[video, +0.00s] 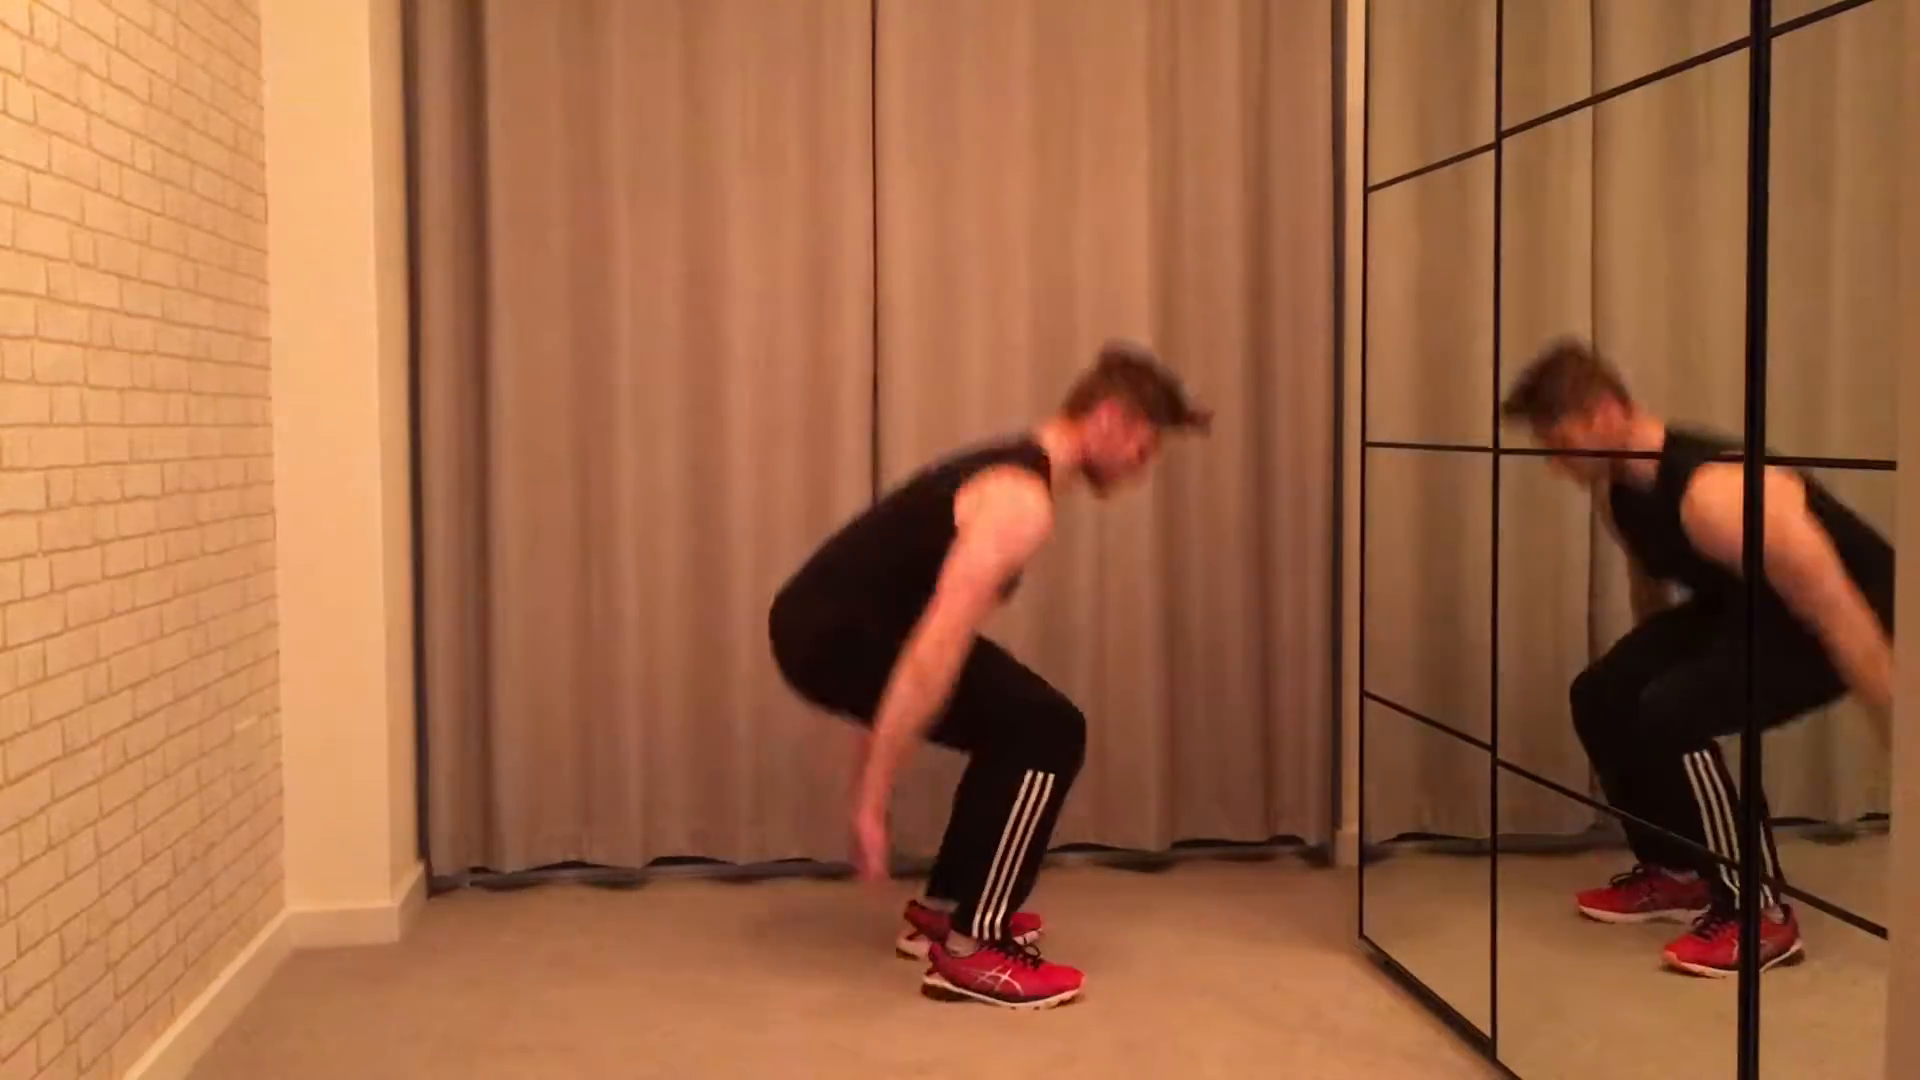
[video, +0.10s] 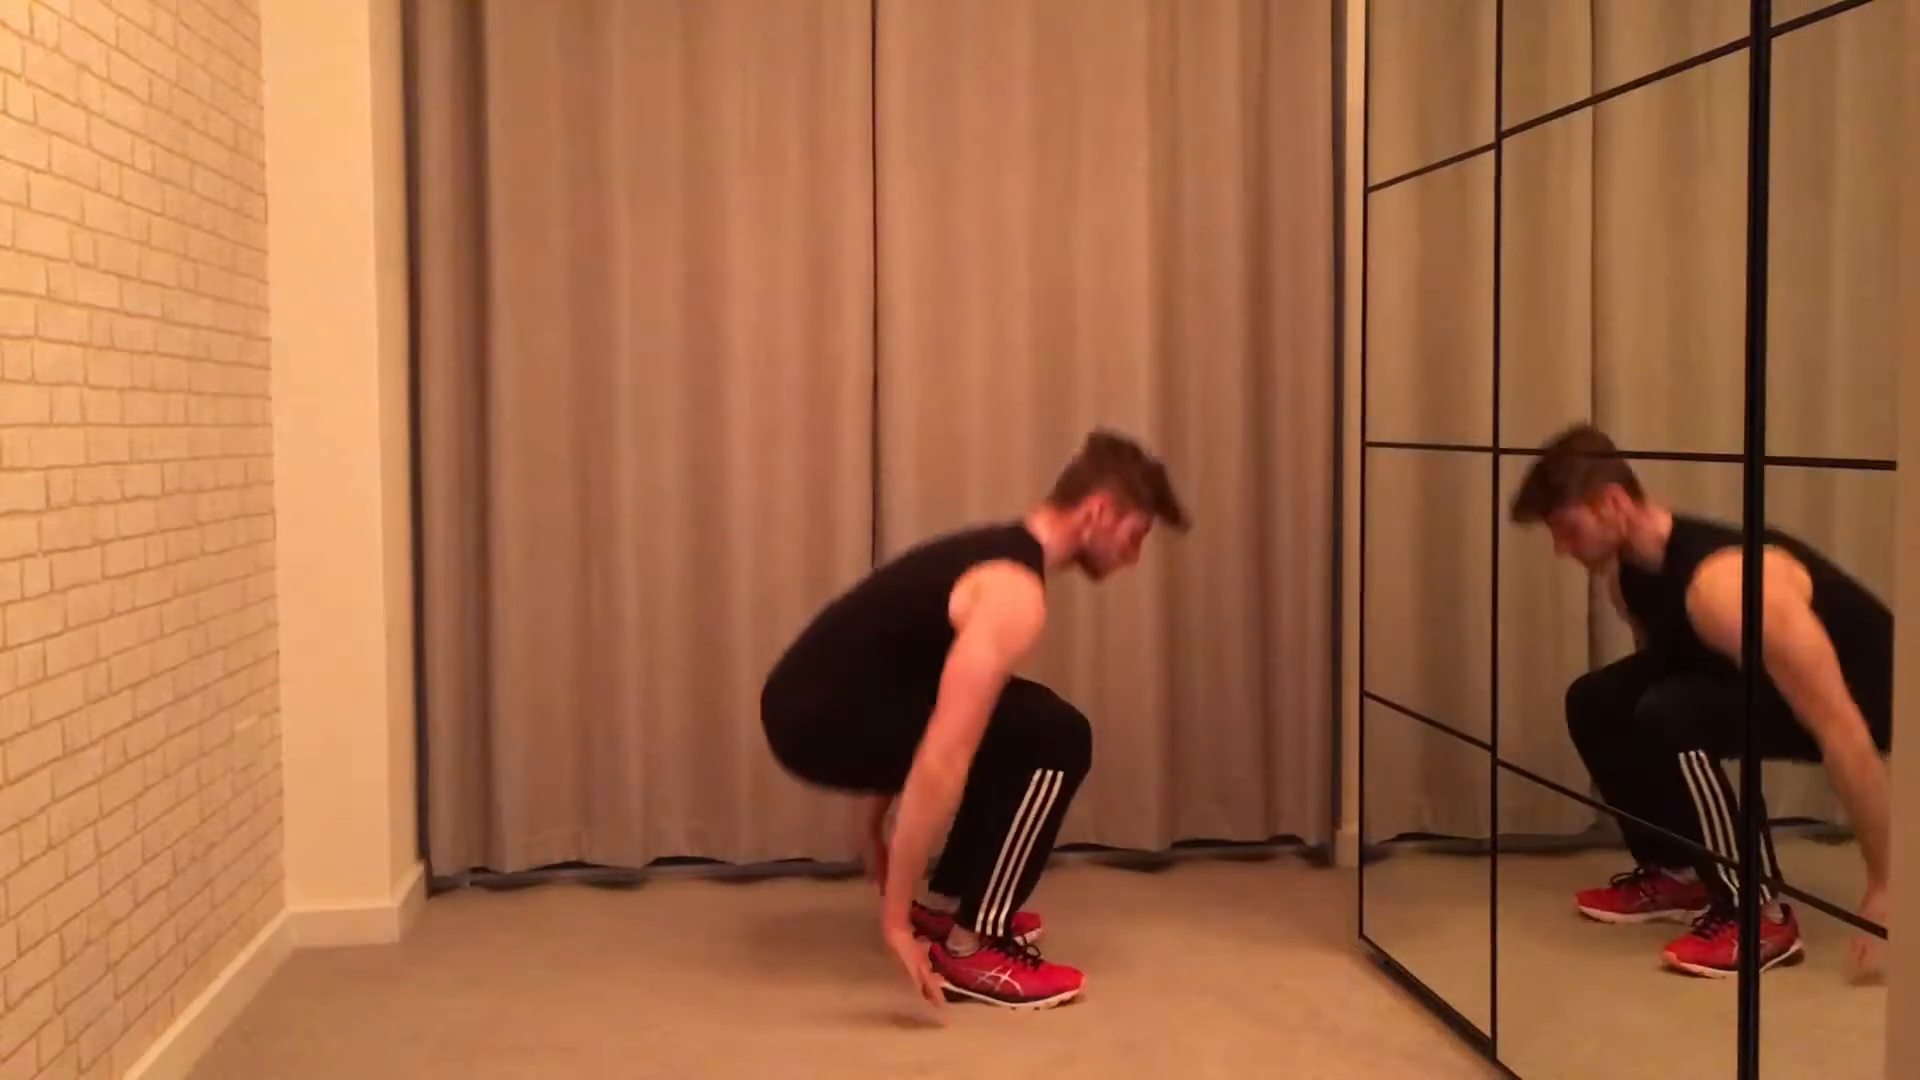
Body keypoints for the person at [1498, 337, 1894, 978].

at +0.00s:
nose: (1556, 463)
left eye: (1561, 443)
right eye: (1548, 449)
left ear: (1608, 414)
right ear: (1602, 417)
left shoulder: (1717, 495)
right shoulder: (1621, 485)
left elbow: (1842, 615)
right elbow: (1650, 594)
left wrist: (1903, 738)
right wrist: (1644, 680)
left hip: (1832, 622)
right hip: (1745, 605)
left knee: (1669, 714)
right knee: (1601, 699)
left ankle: (1758, 913)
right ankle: (1676, 871)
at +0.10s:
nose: (1561, 547)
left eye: (1566, 527)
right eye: (1554, 531)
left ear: (1614, 503)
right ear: (1612, 507)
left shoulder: (1729, 587)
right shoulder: (1627, 573)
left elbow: (1845, 733)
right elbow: (1661, 675)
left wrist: (1885, 883)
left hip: (1860, 698)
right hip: (1765, 672)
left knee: (1671, 717)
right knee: (1595, 703)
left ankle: (1757, 915)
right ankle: (1674, 874)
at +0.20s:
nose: (1590, 584)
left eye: (1597, 564)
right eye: (1585, 568)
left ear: (1648, 544)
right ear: (1647, 547)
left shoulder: (1758, 636)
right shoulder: (1656, 621)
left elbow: (1855, 785)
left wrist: (1896, 929)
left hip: (1869, 769)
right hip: (1794, 744)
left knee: (1683, 725)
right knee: (1593, 706)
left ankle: (1756, 916)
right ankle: (1671, 873)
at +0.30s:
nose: (1654, 575)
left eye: (1667, 554)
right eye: (1652, 556)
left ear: (1721, 542)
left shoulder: (1820, 637)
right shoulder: (1712, 621)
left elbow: (1877, 799)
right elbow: (1726, 740)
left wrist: (1904, 939)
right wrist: (1757, 856)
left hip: (1847, 825)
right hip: (1783, 796)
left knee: (1688, 715)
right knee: (1592, 703)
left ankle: (1749, 914)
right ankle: (1670, 875)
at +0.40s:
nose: (1797, 565)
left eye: (1812, 547)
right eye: (1796, 547)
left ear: (1866, 543)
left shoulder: (1885, 639)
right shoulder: (1813, 627)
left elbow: (1906, 792)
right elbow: (1794, 742)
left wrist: (1902, 940)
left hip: (1826, 860)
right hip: (1775, 840)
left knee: (1717, 678)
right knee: (1619, 665)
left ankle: (1665, 881)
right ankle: (1631, 862)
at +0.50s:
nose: (1896, 597)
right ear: (1896, 597)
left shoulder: (1899, 666)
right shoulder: (1879, 658)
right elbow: (1835, 780)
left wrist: (1900, 955)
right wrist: (1754, 883)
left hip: (1846, 884)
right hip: (1785, 875)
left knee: (1748, 687)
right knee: (1650, 664)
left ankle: (1563, 836)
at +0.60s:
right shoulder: (1895, 719)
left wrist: (1902, 948)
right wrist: (1753, 886)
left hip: (1857, 914)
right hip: (1798, 897)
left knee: (1774, 702)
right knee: (1676, 682)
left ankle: (1562, 807)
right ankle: (1532, 801)